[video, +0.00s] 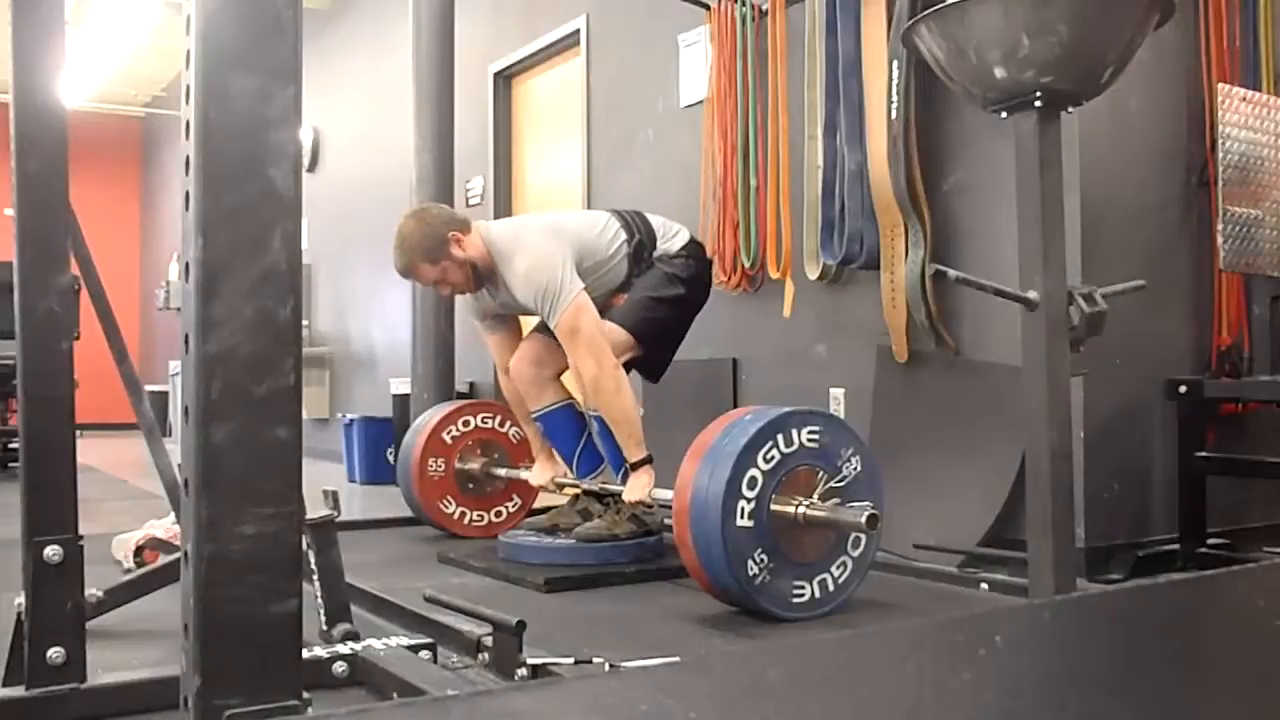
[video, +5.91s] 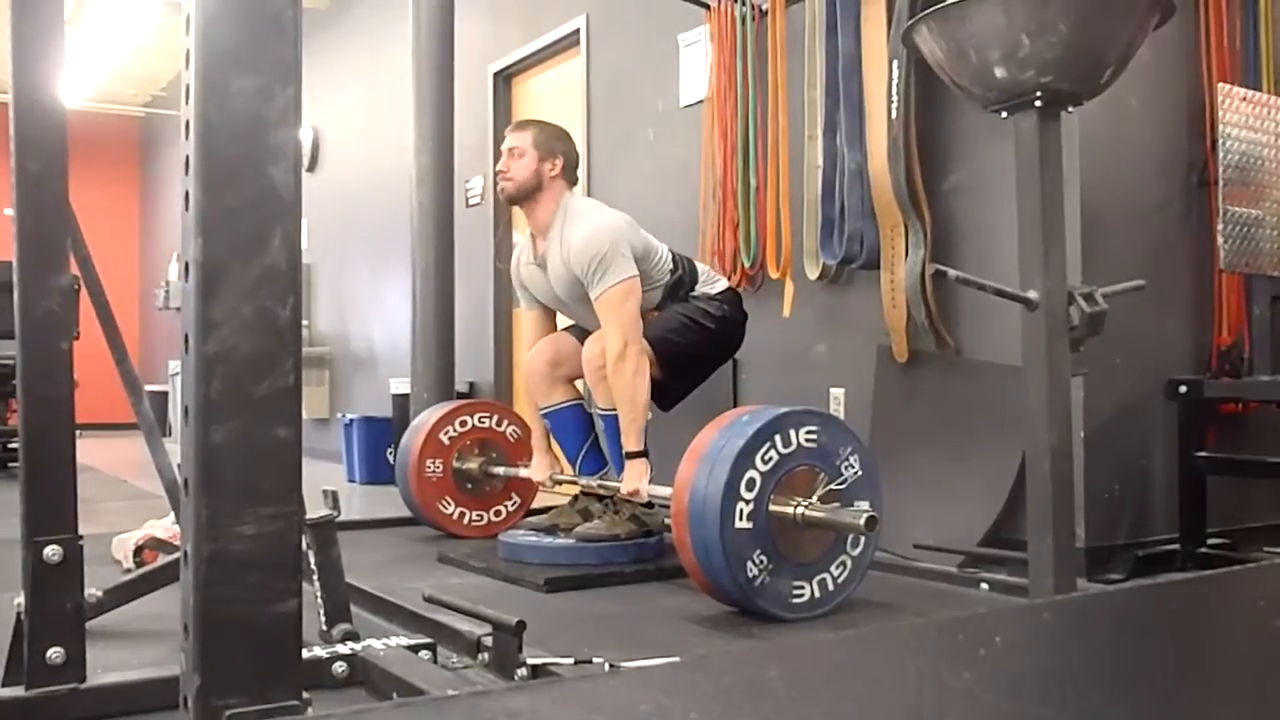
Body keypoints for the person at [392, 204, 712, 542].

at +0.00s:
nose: (443, 292)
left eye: (440, 280)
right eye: (435, 287)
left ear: (458, 244)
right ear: (457, 243)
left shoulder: (532, 259)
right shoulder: (479, 286)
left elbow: (594, 362)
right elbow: (510, 371)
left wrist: (640, 468)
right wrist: (542, 454)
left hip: (671, 260)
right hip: (609, 281)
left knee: (595, 357)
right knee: (526, 366)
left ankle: (630, 493)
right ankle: (598, 488)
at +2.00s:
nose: (454, 300)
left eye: (449, 287)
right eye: (443, 295)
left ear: (465, 251)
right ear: (465, 251)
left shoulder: (535, 250)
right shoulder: (483, 284)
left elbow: (597, 362)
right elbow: (514, 372)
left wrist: (635, 464)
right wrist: (541, 458)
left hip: (677, 232)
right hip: (617, 254)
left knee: (619, 348)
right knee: (548, 356)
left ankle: (639, 496)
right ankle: (600, 491)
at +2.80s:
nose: (441, 286)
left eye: (440, 272)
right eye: (432, 279)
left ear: (463, 237)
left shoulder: (544, 264)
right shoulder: (479, 291)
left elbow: (617, 369)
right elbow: (513, 378)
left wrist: (639, 470)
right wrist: (540, 458)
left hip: (670, 290)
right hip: (608, 301)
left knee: (575, 372)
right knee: (515, 380)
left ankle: (626, 490)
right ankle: (591, 485)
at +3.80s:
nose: (458, 241)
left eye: (460, 226)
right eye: (450, 233)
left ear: (492, 199)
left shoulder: (567, 246)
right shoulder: (503, 273)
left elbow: (619, 355)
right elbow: (523, 366)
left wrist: (637, 466)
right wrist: (539, 455)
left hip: (690, 283)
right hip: (627, 299)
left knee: (598, 359)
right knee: (533, 366)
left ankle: (630, 500)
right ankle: (599, 491)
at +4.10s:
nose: (483, 191)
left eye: (493, 177)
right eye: (481, 180)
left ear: (533, 176)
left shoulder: (588, 235)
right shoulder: (521, 261)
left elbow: (626, 350)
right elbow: (535, 359)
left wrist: (635, 463)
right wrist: (539, 453)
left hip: (707, 292)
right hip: (642, 303)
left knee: (606, 353)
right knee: (543, 364)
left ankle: (633, 499)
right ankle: (599, 493)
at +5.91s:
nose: (500, 165)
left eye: (515, 155)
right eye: (501, 156)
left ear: (553, 166)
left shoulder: (594, 232)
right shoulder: (526, 258)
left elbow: (629, 351)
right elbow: (535, 359)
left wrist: (636, 459)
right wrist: (540, 449)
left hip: (707, 306)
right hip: (646, 315)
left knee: (601, 355)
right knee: (542, 365)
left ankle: (632, 502)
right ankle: (598, 492)